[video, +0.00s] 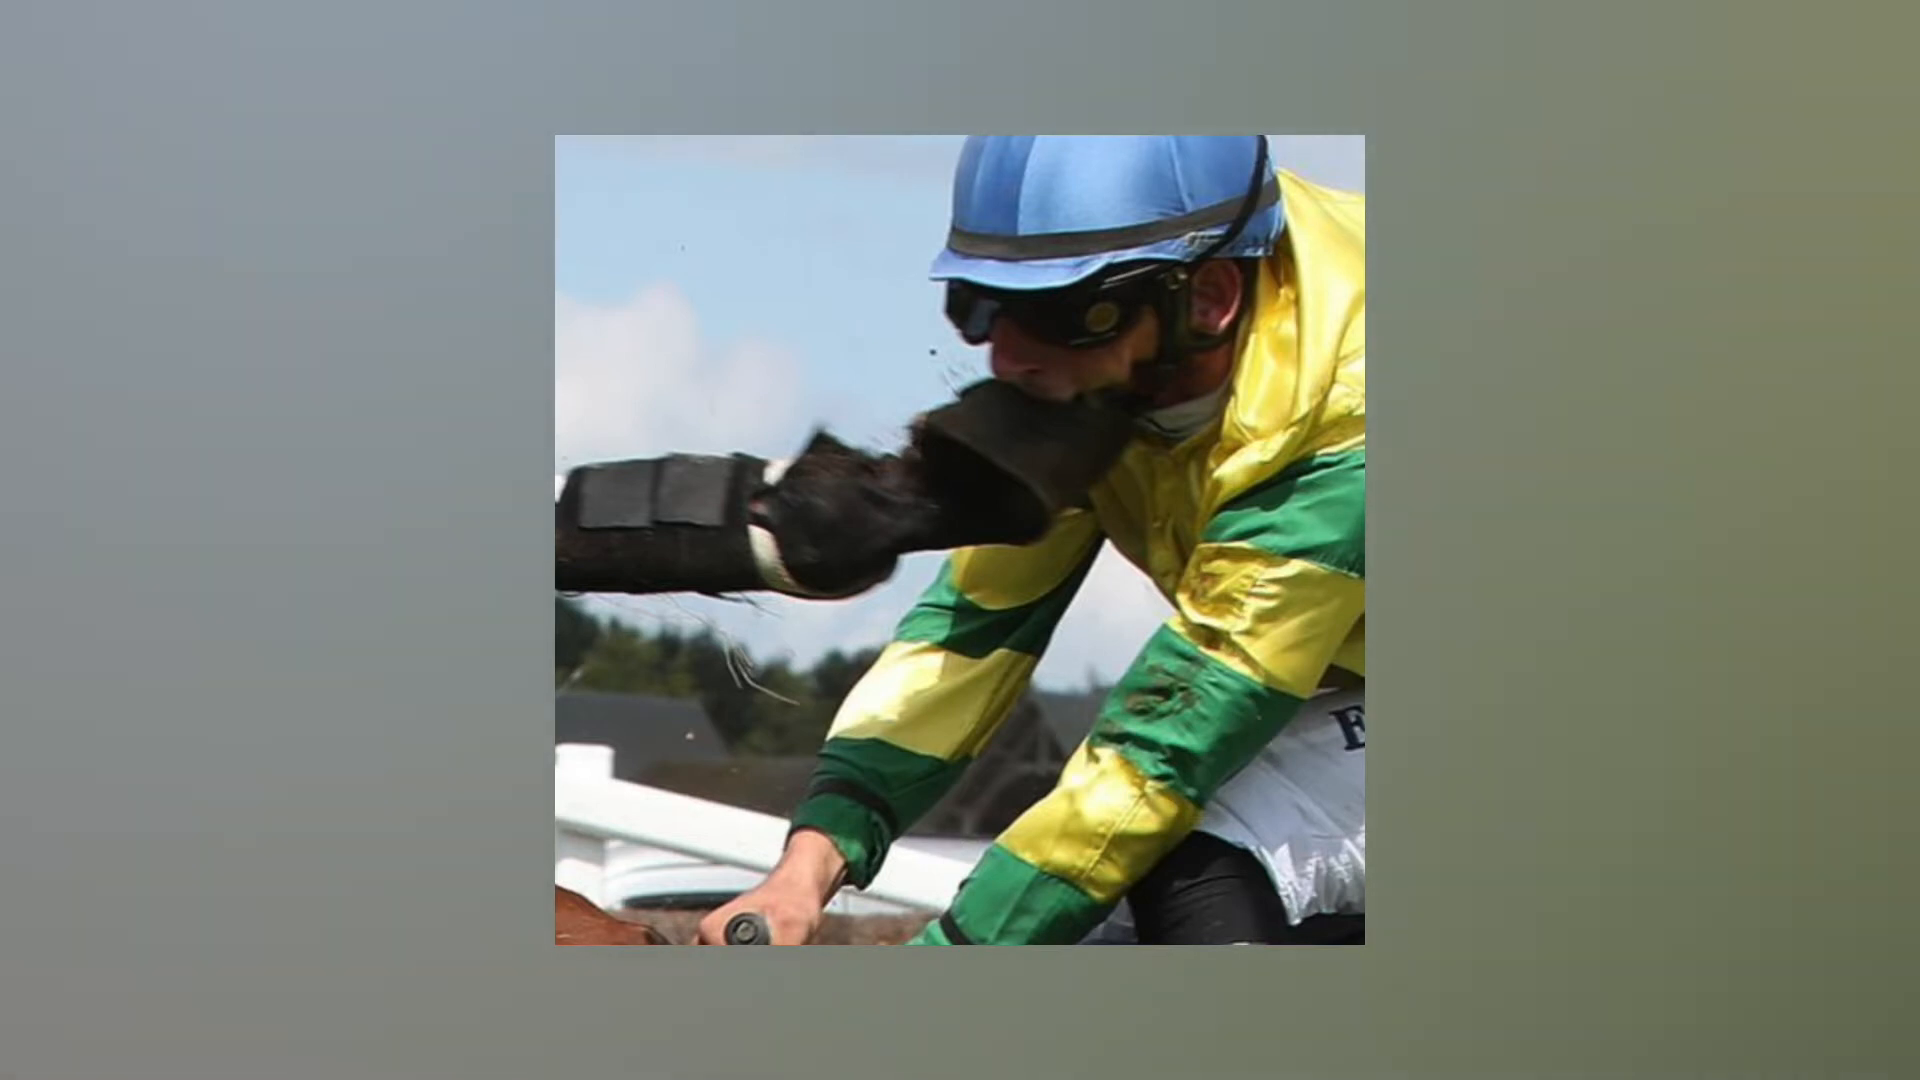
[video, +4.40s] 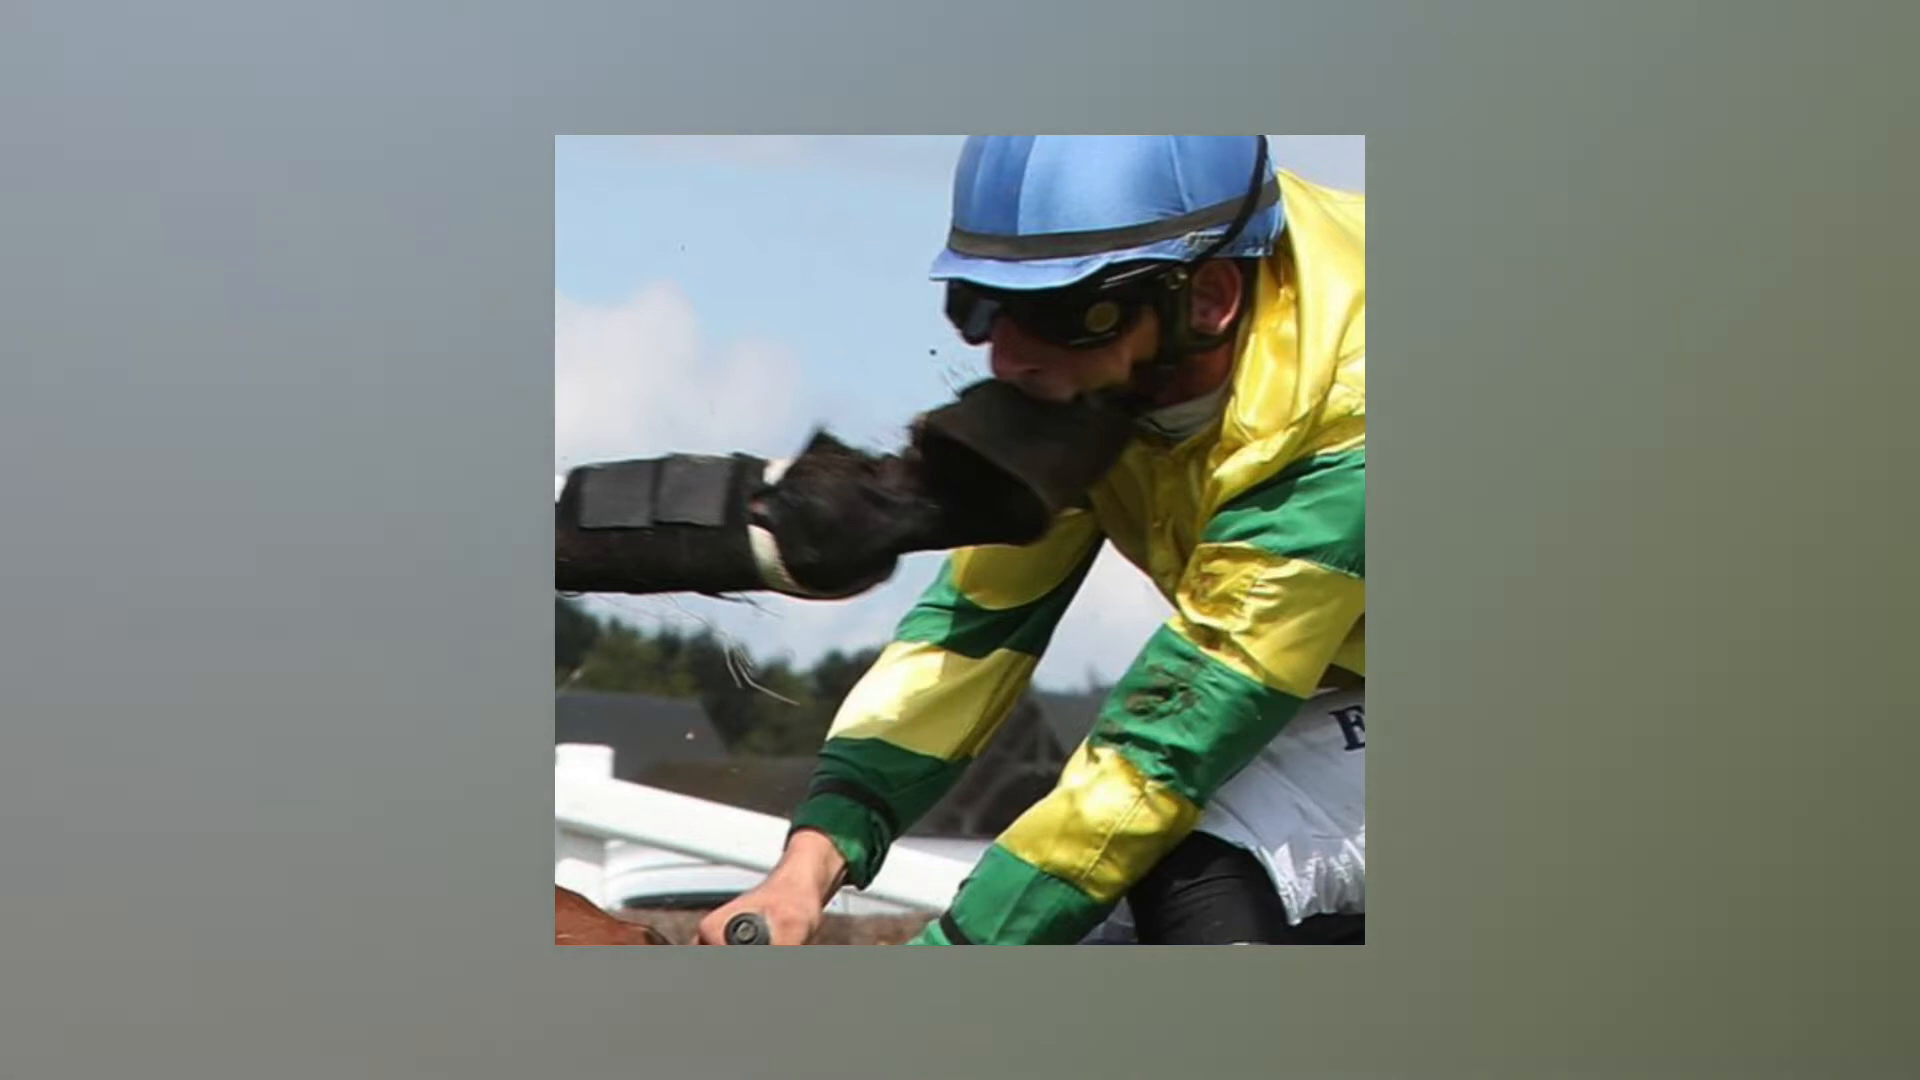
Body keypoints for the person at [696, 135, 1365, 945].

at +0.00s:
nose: (1005, 358)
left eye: (1056, 319)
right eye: (989, 310)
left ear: (1209, 298)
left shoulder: (1341, 429)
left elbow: (1161, 751)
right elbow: (969, 623)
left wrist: (934, 965)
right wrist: (805, 871)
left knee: (1204, 864)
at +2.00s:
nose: (1005, 358)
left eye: (1056, 319)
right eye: (989, 309)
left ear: (1210, 298)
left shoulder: (1341, 429)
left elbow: (1160, 752)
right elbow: (969, 623)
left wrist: (933, 965)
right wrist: (805, 871)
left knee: (1204, 865)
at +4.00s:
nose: (1005, 359)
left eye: (1056, 319)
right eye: (989, 310)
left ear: (1209, 298)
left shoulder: (1341, 429)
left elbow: (1161, 751)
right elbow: (969, 623)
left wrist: (933, 965)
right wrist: (805, 871)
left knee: (1204, 865)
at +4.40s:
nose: (1005, 359)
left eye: (1056, 319)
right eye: (988, 309)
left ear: (1209, 299)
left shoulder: (1342, 428)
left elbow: (1160, 751)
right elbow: (969, 624)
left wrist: (934, 964)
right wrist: (804, 871)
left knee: (1204, 863)